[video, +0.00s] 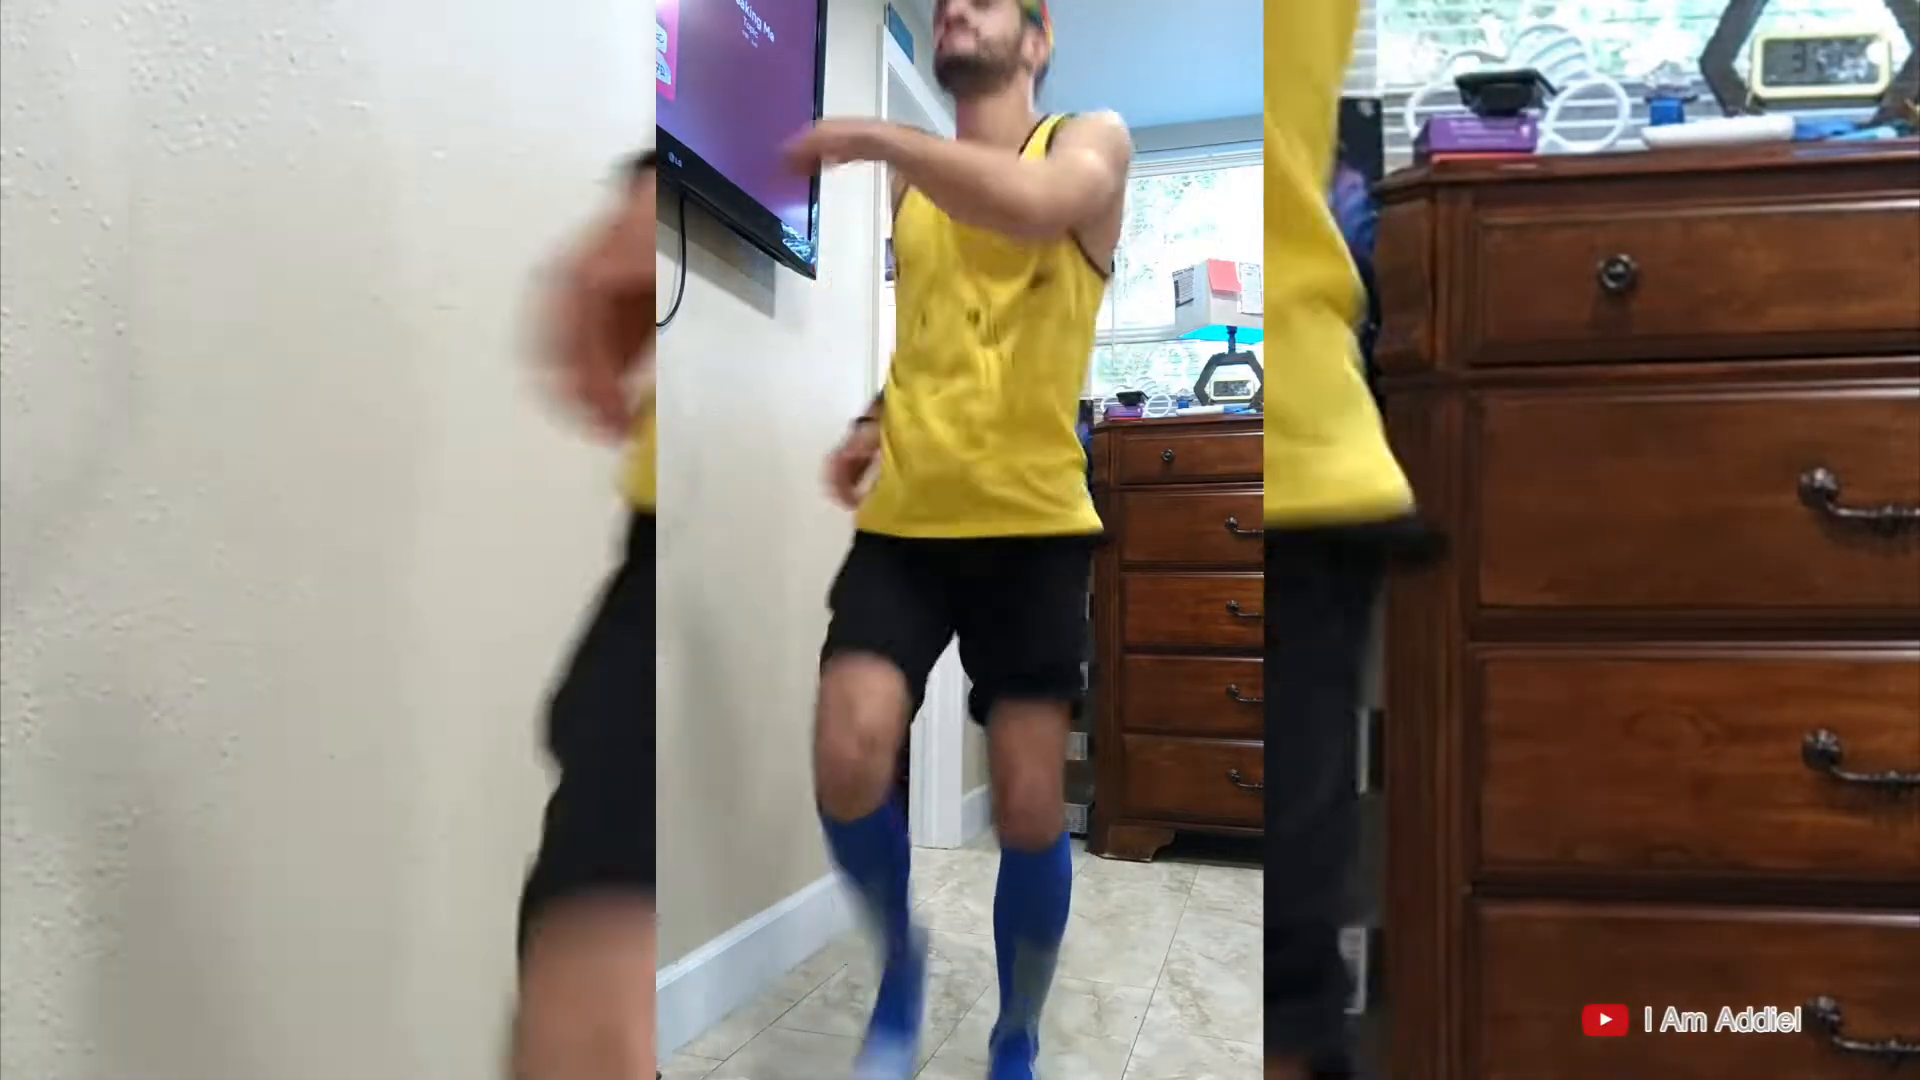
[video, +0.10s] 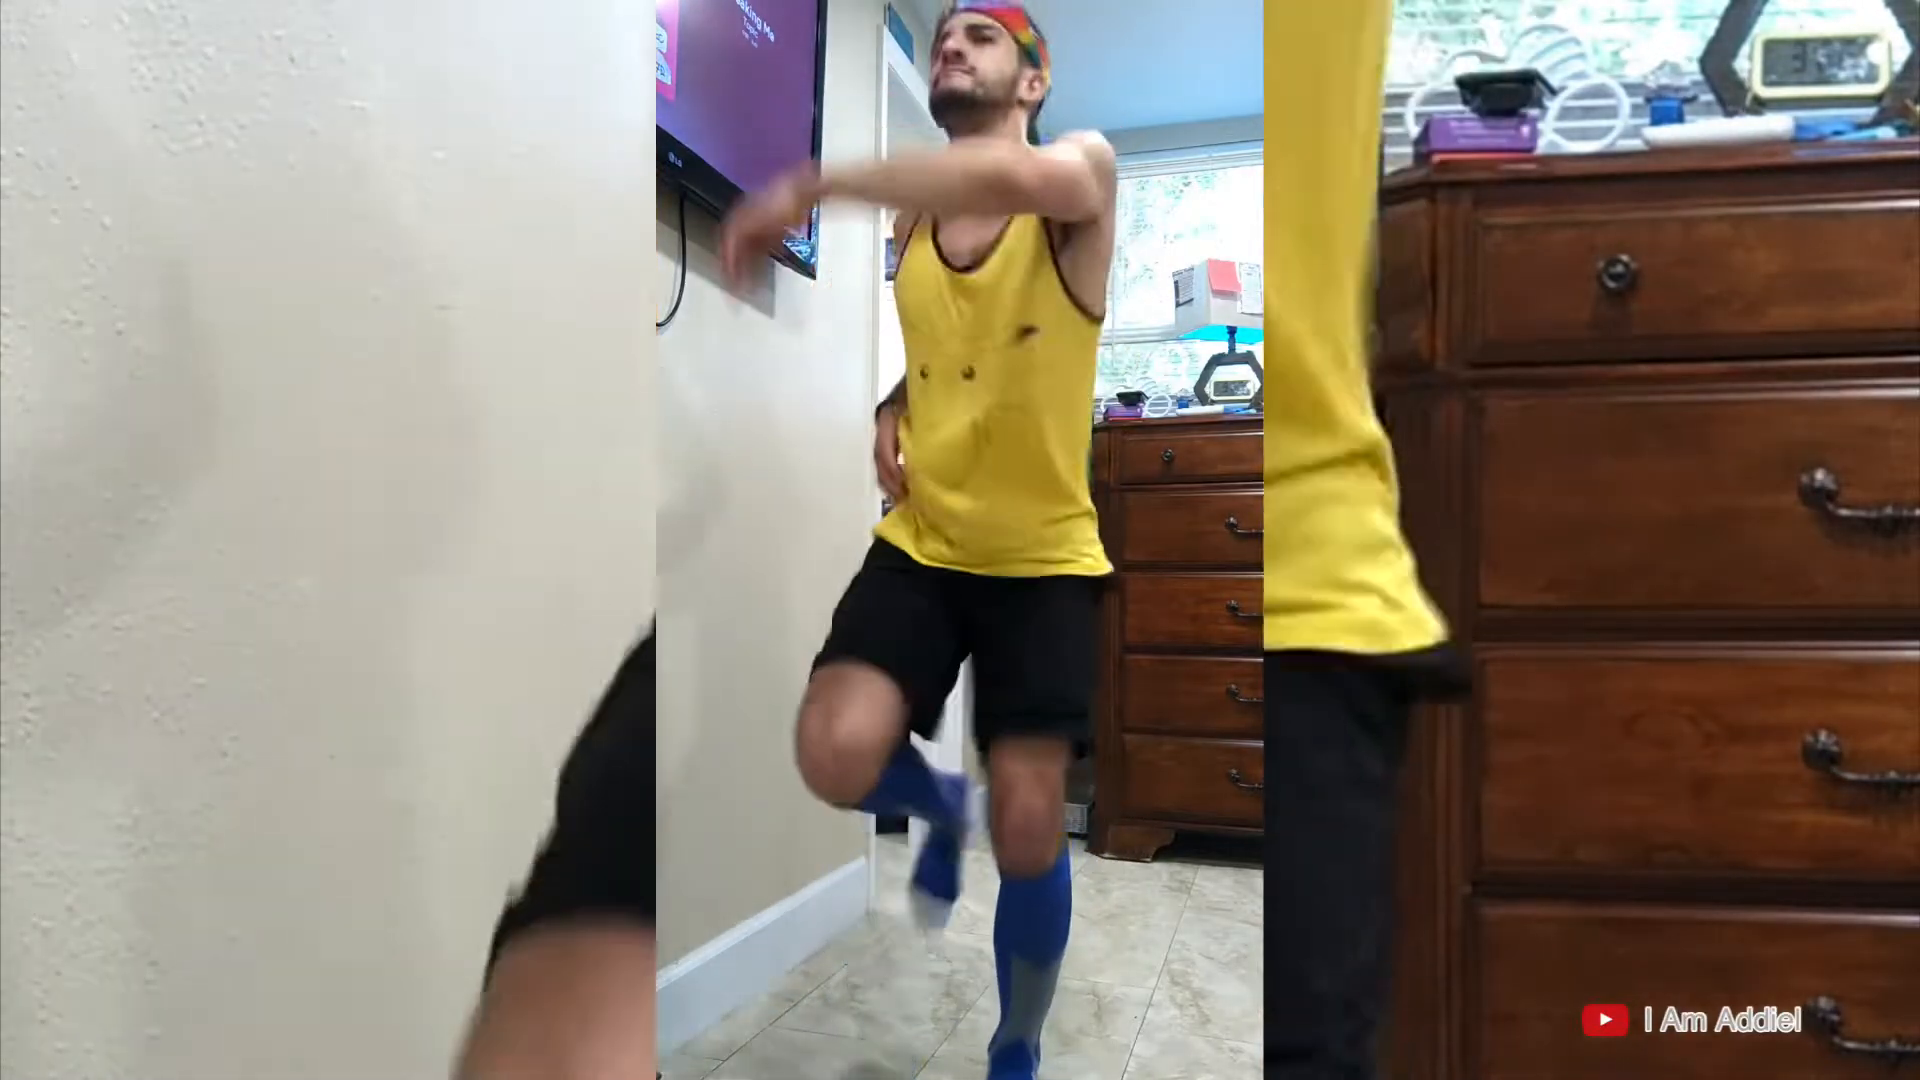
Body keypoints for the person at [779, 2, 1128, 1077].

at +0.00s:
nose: (955, 14)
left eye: (983, 3)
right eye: (944, 7)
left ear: (1037, 35)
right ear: (934, 47)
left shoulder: (1090, 136)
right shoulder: (915, 183)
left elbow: (1042, 206)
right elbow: (928, 343)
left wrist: (877, 138)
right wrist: (877, 422)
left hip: (1034, 518)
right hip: (906, 515)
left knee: (1029, 801)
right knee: (847, 754)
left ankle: (1017, 1037)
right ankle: (898, 966)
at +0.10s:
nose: (951, 51)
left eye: (979, 39)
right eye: (941, 43)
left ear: (1034, 80)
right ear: (927, 82)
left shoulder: (1081, 165)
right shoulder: (915, 210)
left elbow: (1016, 179)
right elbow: (945, 353)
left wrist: (813, 182)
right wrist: (893, 410)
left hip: (1043, 551)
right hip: (918, 538)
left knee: (1022, 817)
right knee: (834, 757)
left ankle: (1015, 1054)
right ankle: (948, 806)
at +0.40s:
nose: (920, 78)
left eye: (943, 62)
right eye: (909, 66)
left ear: (992, 85)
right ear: (904, 95)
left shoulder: (1019, 161)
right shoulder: (943, 225)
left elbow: (1126, 311)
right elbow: (908, 403)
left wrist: (1110, 476)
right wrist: (866, 304)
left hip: (990, 531)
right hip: (931, 533)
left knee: (943, 804)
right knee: (934, 804)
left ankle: (1131, 743)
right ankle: (1008, 1027)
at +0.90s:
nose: (994, 29)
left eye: (1010, 26)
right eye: (968, 20)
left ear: (1022, 76)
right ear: (924, 61)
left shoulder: (1031, 228)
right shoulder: (875, 141)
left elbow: (1017, 375)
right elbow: (848, 267)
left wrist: (1093, 302)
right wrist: (876, 435)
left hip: (1023, 531)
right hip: (902, 533)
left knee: (1001, 802)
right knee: (913, 840)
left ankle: (964, 1057)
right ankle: (967, 950)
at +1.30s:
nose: (945, 15)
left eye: (958, 8)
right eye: (916, 8)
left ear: (977, 51)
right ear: (873, 54)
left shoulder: (1015, 218)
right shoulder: (820, 164)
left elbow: (1110, 338)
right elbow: (733, 314)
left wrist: (1107, 186)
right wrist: (733, 446)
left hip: (968, 553)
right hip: (835, 531)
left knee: (930, 831)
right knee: (841, 798)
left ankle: (869, 1048)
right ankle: (817, 1070)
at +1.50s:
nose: (906, 12)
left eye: (921, 5)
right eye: (879, 2)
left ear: (939, 41)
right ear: (831, 33)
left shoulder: (980, 200)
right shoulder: (774, 177)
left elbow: (1039, 363)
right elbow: (718, 368)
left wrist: (1052, 204)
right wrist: (750, 282)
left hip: (964, 548)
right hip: (814, 551)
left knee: (1022, 809)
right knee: (816, 826)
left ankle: (910, 818)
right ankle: (817, 1074)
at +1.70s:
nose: (839, 21)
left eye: (856, 7)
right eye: (822, 9)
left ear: (898, 9)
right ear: (797, 20)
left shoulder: (983, 107)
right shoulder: (772, 138)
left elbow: (1114, 245)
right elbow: (683, 300)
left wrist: (1053, 192)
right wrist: (744, 138)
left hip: (966, 455)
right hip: (835, 488)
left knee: (1013, 627)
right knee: (853, 785)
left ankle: (985, 859)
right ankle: (890, 1036)